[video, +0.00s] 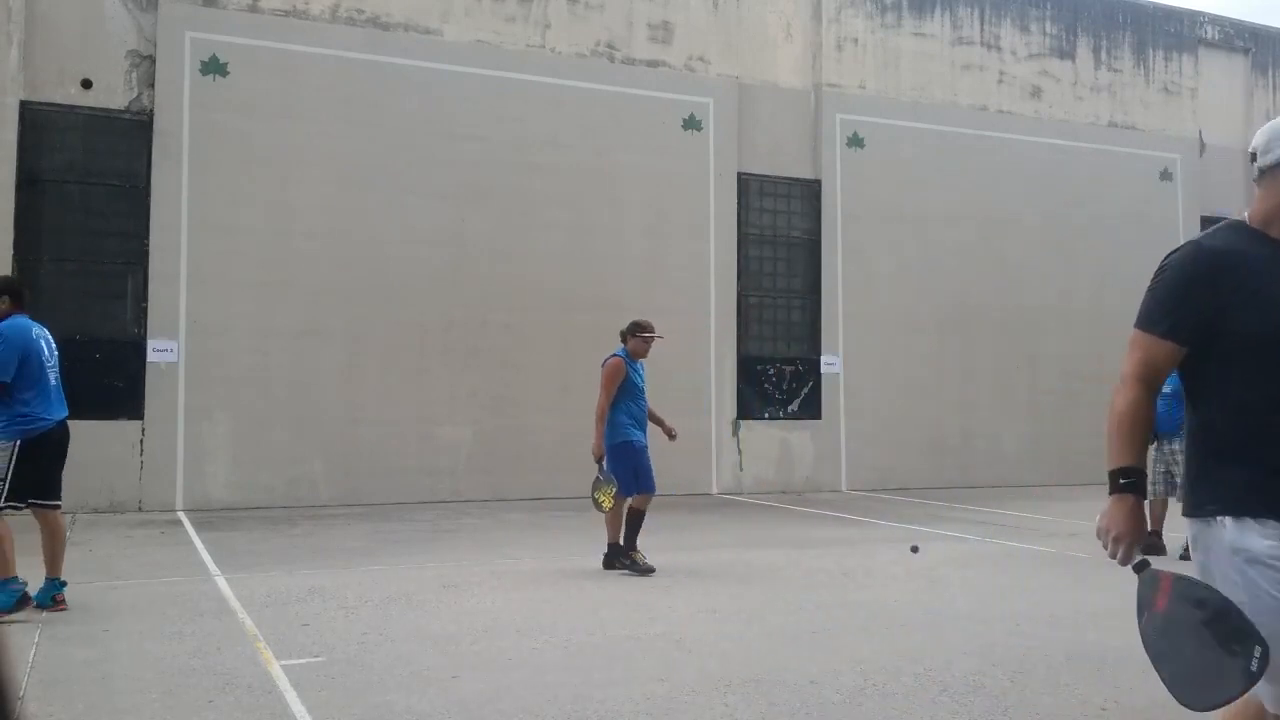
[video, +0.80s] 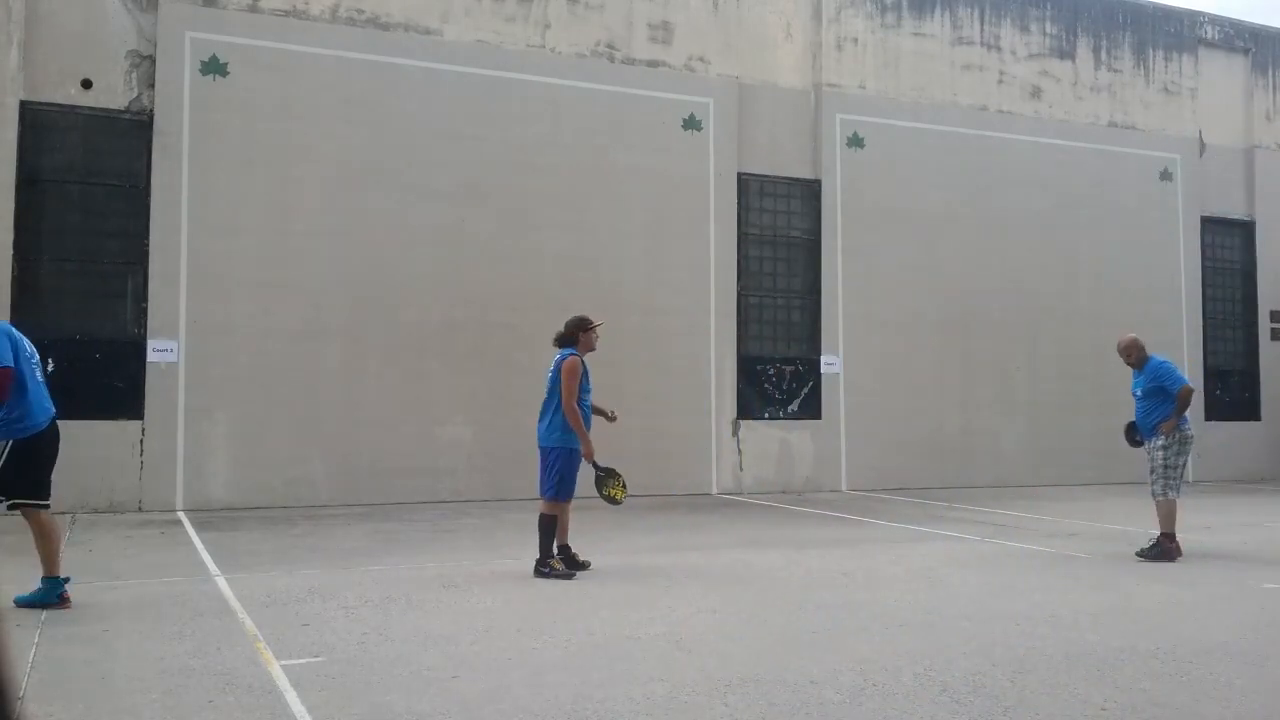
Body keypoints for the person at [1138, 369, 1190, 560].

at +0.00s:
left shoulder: (1183, 373)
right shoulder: (1154, 375)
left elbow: (1194, 403)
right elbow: (1151, 405)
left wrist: (1192, 432)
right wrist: (1149, 431)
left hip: (1182, 438)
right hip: (1159, 440)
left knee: (1188, 492)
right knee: (1157, 490)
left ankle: (1194, 539)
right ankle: (1155, 536)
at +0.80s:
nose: (1127, 362)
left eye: (1129, 356)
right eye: (1123, 358)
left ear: (1140, 350)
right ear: (1123, 357)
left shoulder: (1160, 367)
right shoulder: (1138, 373)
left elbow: (1186, 390)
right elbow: (1150, 404)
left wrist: (1174, 419)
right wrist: (1140, 427)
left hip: (1170, 435)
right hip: (1155, 437)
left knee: (1164, 489)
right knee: (1159, 490)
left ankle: (1168, 542)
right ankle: (1166, 540)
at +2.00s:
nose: (1144, 350)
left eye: (1149, 345)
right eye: (1142, 346)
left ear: (1164, 344)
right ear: (1143, 348)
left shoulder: (1170, 366)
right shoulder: (1164, 366)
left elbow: (1183, 392)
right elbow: (1167, 401)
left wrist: (1169, 421)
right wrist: (1151, 426)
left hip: (1172, 435)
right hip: (1185, 434)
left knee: (1154, 489)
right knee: (1179, 491)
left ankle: (1157, 544)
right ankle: (1189, 545)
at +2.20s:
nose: (1148, 348)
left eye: (1152, 343)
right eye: (1147, 343)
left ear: (1169, 343)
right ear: (1169, 345)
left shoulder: (1169, 365)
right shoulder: (1182, 363)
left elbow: (1176, 392)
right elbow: (1198, 394)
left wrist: (1163, 424)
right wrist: (1185, 418)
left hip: (1171, 435)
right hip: (1190, 433)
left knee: (1160, 490)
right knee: (1182, 491)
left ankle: (1158, 545)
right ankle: (1189, 545)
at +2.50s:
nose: (1152, 343)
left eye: (1157, 339)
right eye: (1152, 339)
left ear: (1172, 343)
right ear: (1171, 344)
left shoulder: (1174, 363)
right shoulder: (1182, 362)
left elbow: (1177, 390)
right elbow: (1183, 393)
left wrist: (1158, 414)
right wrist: (1162, 413)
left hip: (1168, 435)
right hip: (1179, 434)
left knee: (1162, 488)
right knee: (1182, 491)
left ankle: (1158, 543)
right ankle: (1188, 542)